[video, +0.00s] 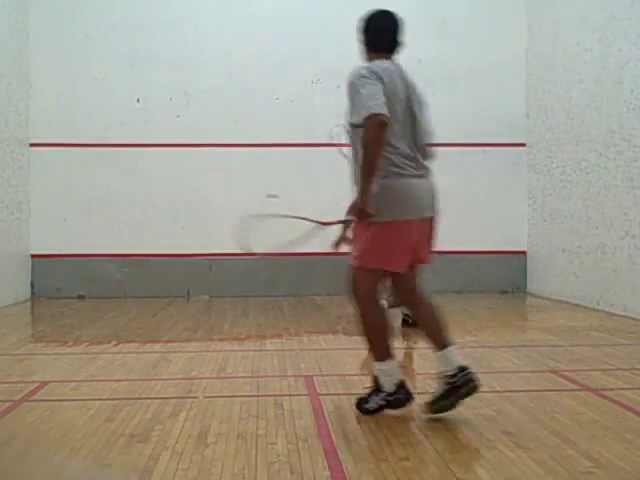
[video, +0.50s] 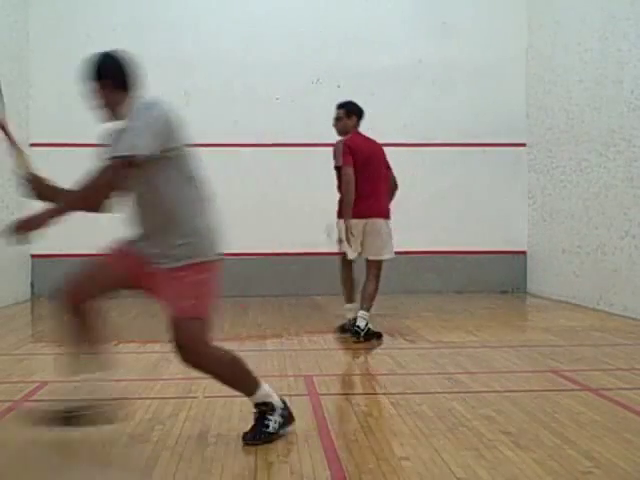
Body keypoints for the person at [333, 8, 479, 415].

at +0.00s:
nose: (363, 43)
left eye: (363, 37)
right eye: (374, 36)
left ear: (364, 40)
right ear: (397, 41)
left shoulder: (367, 75)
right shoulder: (407, 80)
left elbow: (377, 123)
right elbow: (423, 148)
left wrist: (363, 197)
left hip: (388, 198)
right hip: (422, 195)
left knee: (365, 288)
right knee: (407, 286)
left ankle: (390, 383)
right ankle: (456, 370)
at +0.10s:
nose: (324, 53)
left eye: (325, 46)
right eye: (327, 46)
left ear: (330, 48)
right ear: (360, 46)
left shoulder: (347, 84)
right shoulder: (369, 83)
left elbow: (356, 153)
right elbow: (375, 159)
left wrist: (338, 215)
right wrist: (328, 214)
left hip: (367, 214)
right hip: (392, 211)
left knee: (314, 290)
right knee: (385, 298)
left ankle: (348, 387)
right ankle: (442, 388)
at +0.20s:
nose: (285, 72)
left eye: (286, 64)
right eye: (288, 64)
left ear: (291, 66)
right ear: (321, 65)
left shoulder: (312, 102)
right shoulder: (331, 102)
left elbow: (325, 152)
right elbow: (302, 181)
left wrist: (295, 199)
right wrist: (252, 219)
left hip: (333, 231)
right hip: (362, 227)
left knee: (262, 301)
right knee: (384, 311)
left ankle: (287, 406)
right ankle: (445, 392)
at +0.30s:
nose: (231, 73)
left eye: (232, 65)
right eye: (235, 64)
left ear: (238, 66)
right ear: (265, 64)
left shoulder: (260, 106)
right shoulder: (275, 103)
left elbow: (251, 179)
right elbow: (261, 177)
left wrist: (200, 223)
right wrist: (220, 199)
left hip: (283, 233)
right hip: (303, 231)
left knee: (234, 317)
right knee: (304, 321)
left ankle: (282, 410)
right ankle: (388, 368)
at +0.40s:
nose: (167, 86)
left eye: (168, 77)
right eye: (167, 77)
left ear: (177, 75)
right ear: (197, 72)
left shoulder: (211, 108)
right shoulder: (196, 121)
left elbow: (181, 171)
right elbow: (182, 194)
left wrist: (127, 207)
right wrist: (128, 216)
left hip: (244, 237)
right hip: (222, 241)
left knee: (212, 327)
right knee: (186, 325)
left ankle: (281, 409)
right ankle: (270, 367)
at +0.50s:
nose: (99, 99)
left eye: (102, 89)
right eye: (97, 90)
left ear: (117, 86)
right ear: (112, 88)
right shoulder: (122, 135)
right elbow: (96, 197)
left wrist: (42, 189)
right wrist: (43, 217)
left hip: (190, 255)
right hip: (150, 250)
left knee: (193, 348)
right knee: (77, 292)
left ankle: (271, 406)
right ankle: (97, 396)